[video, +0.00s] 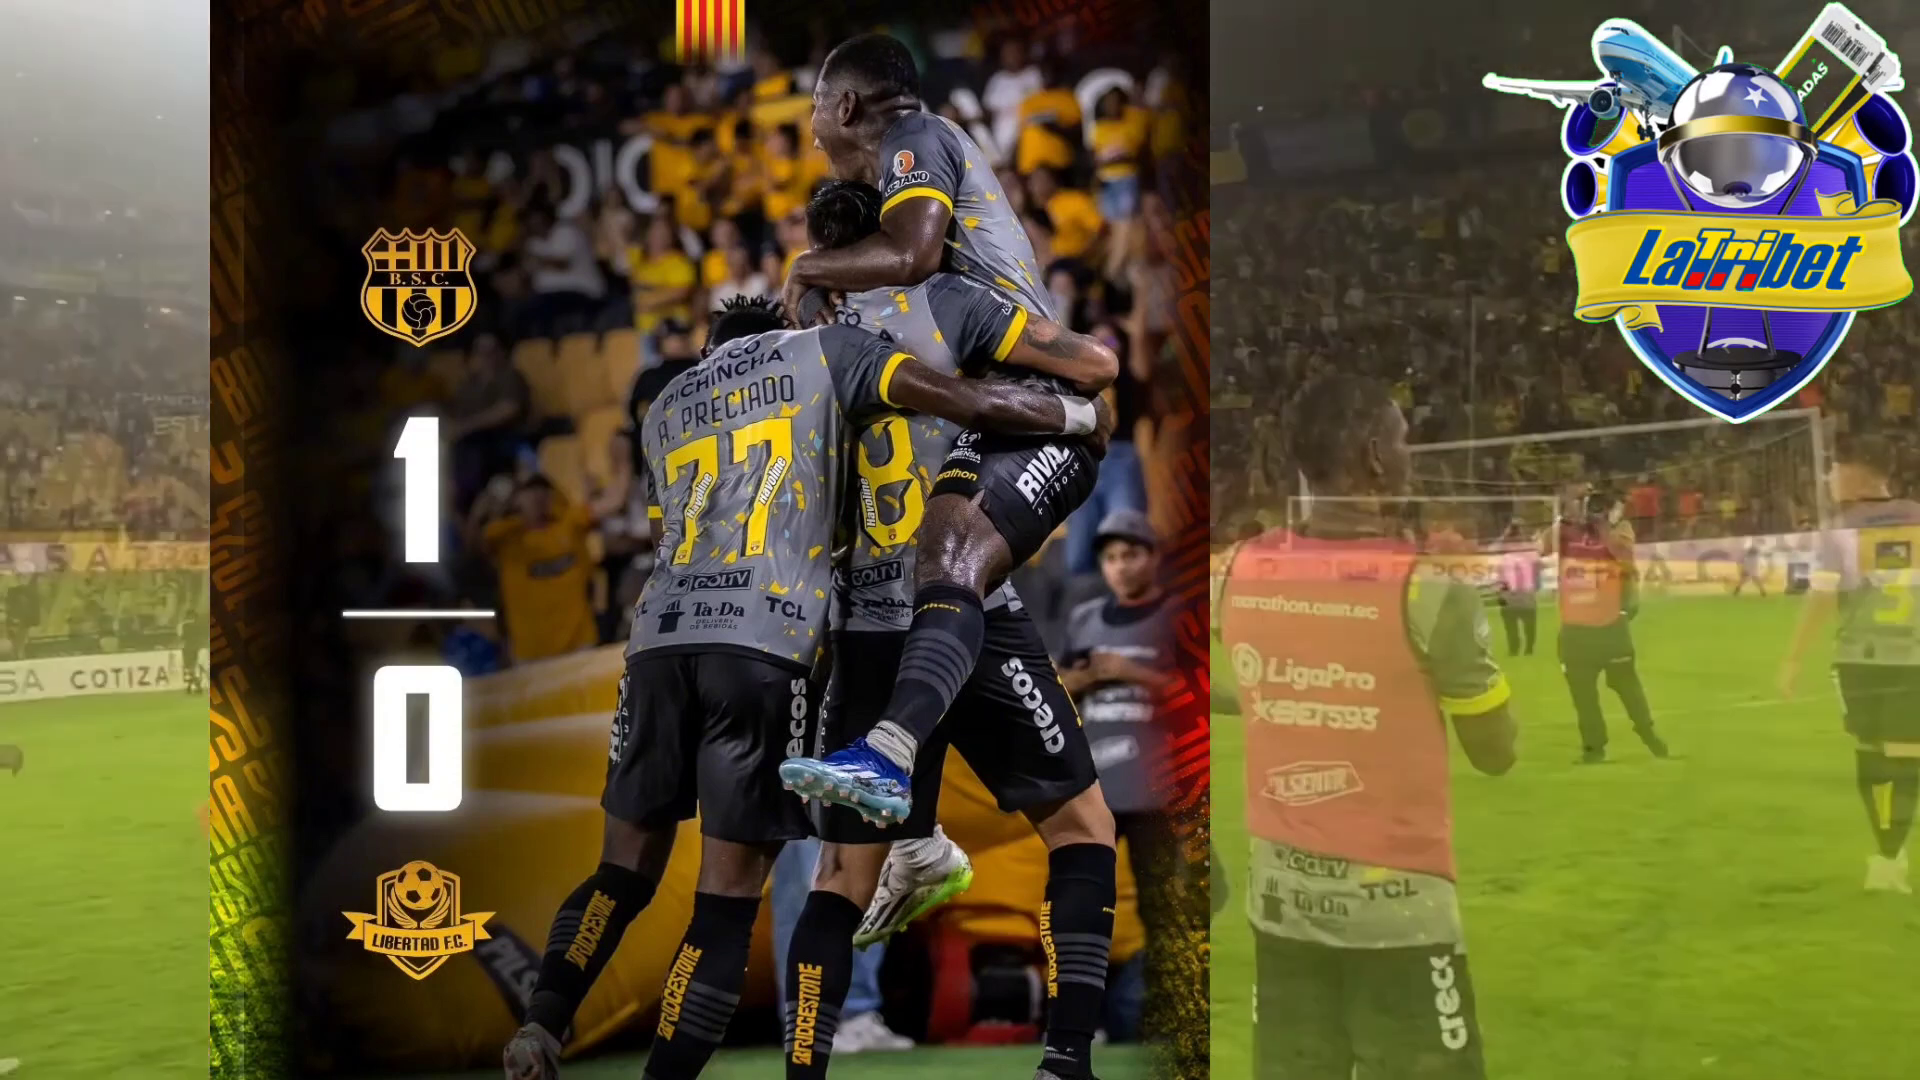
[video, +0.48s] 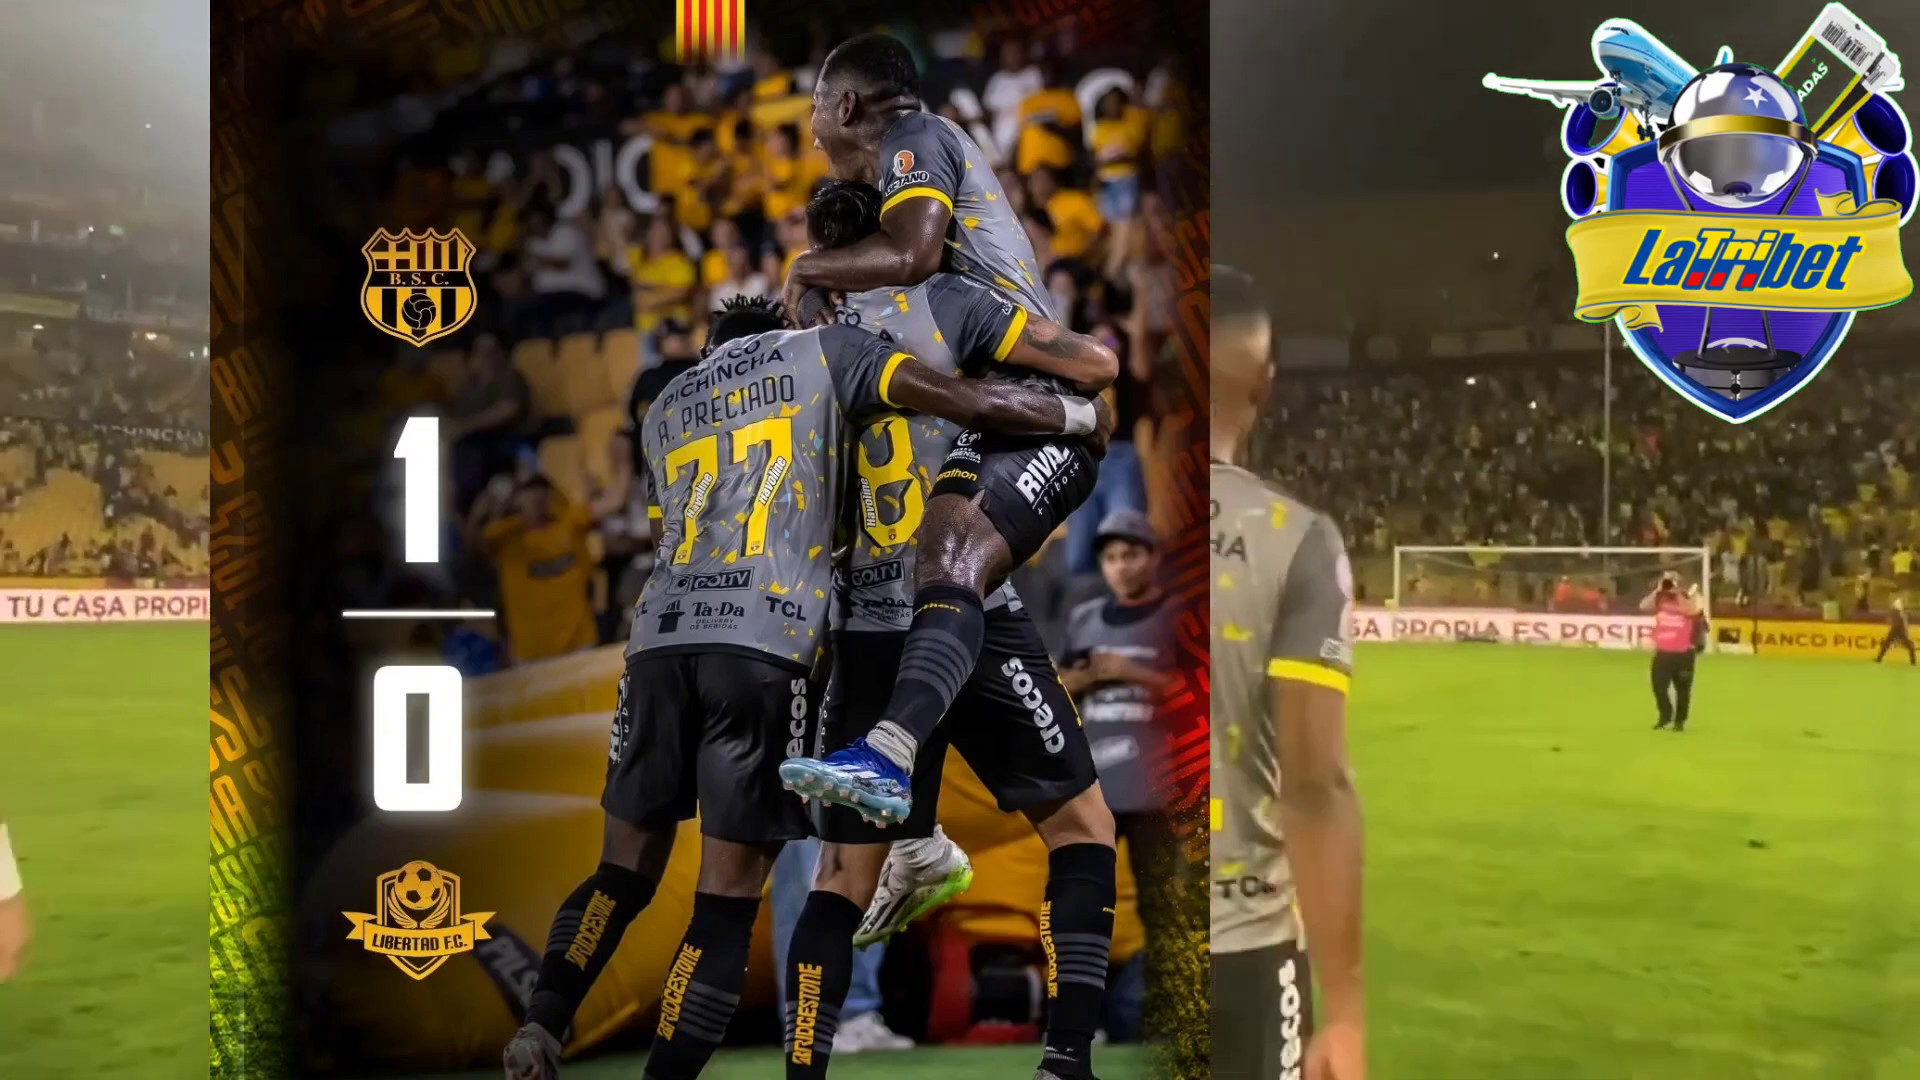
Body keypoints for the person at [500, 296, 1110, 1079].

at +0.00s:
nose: (828, 326)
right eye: (816, 319)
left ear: (709, 345)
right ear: (792, 324)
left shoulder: (661, 406)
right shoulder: (829, 348)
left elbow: (681, 519)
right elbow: (969, 399)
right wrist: (1087, 418)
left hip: (657, 648)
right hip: (762, 648)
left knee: (623, 866)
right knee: (728, 891)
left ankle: (542, 1027)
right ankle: (667, 1076)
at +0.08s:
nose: (828, 326)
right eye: (816, 319)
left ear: (709, 345)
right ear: (792, 324)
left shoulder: (661, 406)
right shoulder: (829, 348)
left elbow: (681, 519)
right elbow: (969, 399)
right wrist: (1087, 418)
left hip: (657, 648)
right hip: (762, 648)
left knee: (623, 866)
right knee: (728, 891)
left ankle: (542, 1027)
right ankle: (667, 1076)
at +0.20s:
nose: (827, 326)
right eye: (815, 319)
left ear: (709, 345)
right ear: (792, 324)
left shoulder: (661, 406)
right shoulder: (829, 348)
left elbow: (681, 520)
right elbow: (969, 399)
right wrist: (1086, 419)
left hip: (657, 648)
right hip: (762, 648)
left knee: (623, 866)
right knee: (727, 891)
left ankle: (542, 1027)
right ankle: (667, 1076)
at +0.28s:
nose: (827, 326)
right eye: (815, 319)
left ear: (709, 345)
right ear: (792, 324)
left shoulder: (661, 406)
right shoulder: (829, 348)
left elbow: (681, 519)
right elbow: (969, 399)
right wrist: (1086, 419)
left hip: (657, 648)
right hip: (762, 648)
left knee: (623, 866)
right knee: (727, 891)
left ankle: (542, 1027)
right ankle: (667, 1075)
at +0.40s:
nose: (827, 326)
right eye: (815, 319)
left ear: (709, 345)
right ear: (792, 324)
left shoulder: (661, 406)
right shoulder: (829, 348)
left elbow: (681, 520)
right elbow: (969, 399)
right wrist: (1086, 419)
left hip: (657, 648)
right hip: (762, 648)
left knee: (623, 866)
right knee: (727, 891)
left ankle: (542, 1027)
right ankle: (667, 1076)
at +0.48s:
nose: (825, 325)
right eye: (813, 319)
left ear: (709, 345)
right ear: (791, 324)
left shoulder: (661, 405)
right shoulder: (830, 348)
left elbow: (680, 520)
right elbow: (970, 400)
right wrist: (1088, 417)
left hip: (657, 648)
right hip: (761, 649)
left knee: (624, 866)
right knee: (727, 892)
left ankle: (542, 1027)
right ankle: (667, 1074)